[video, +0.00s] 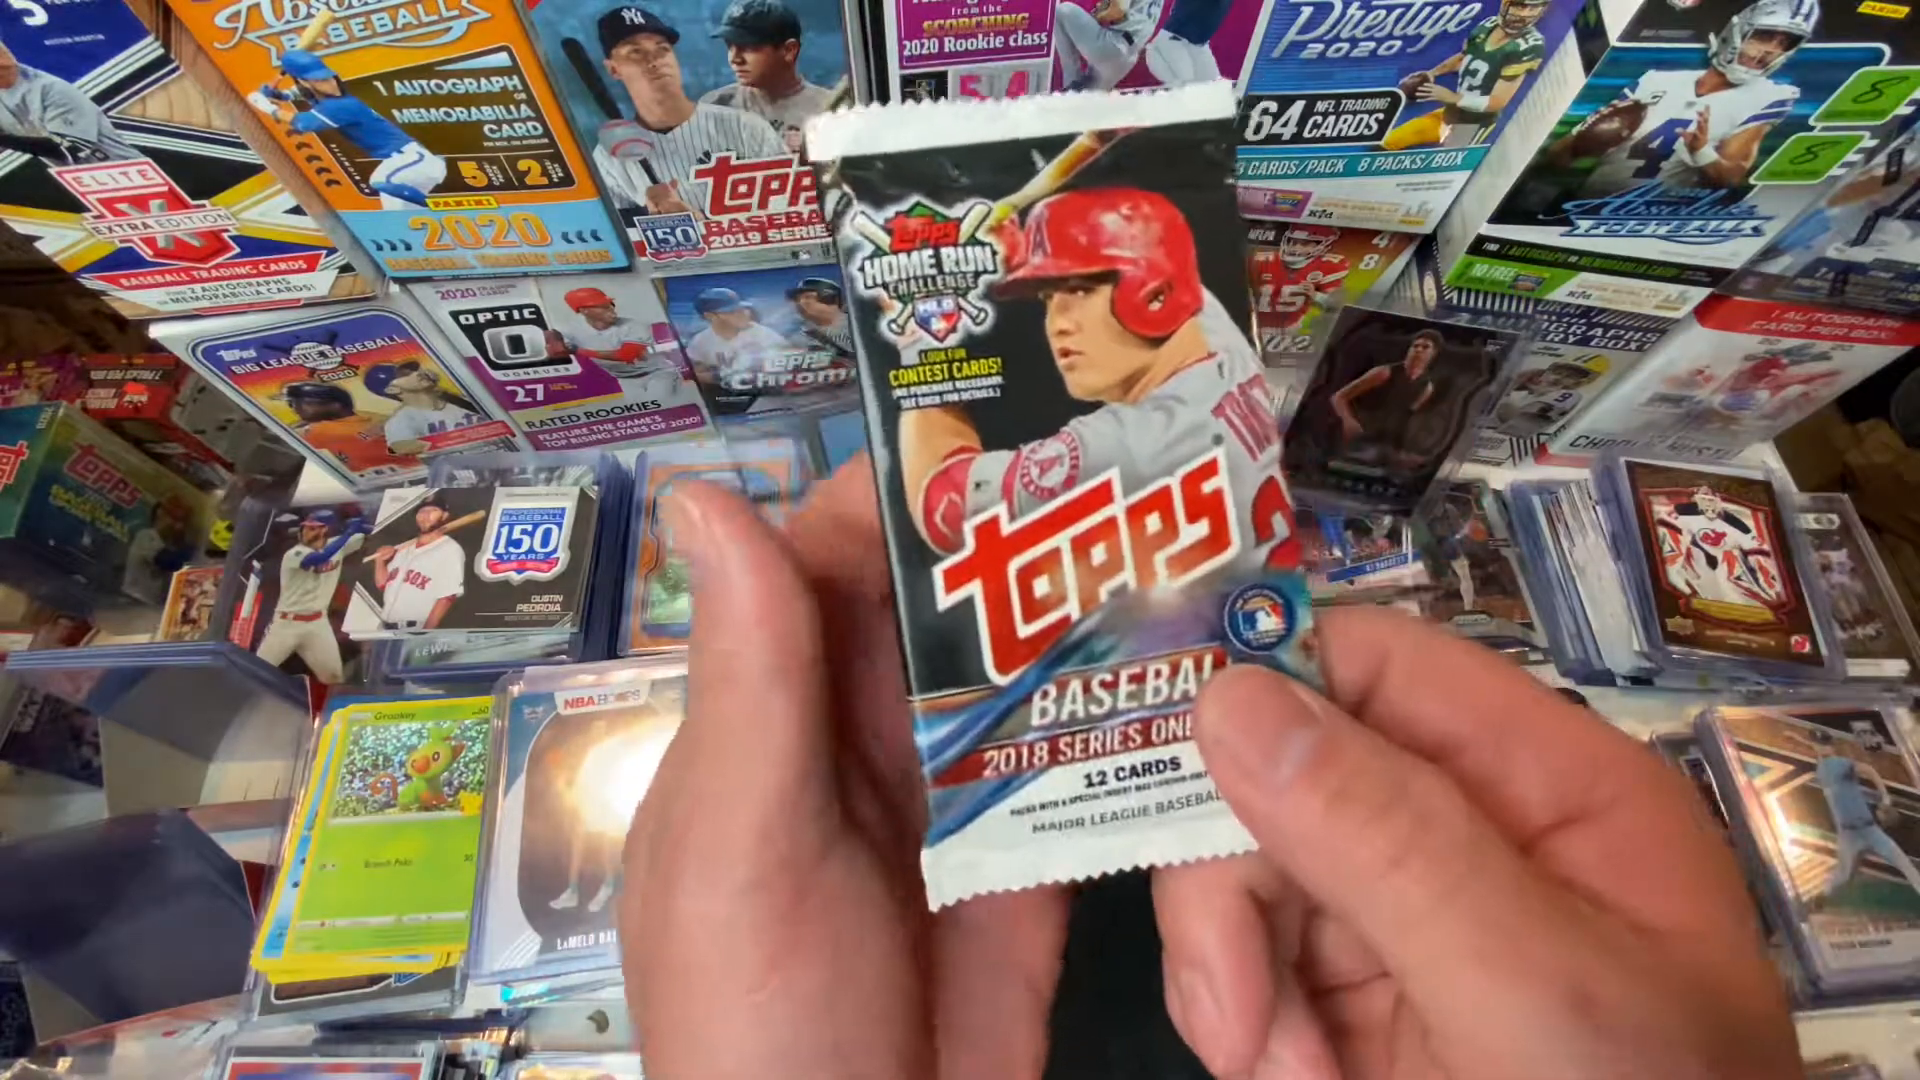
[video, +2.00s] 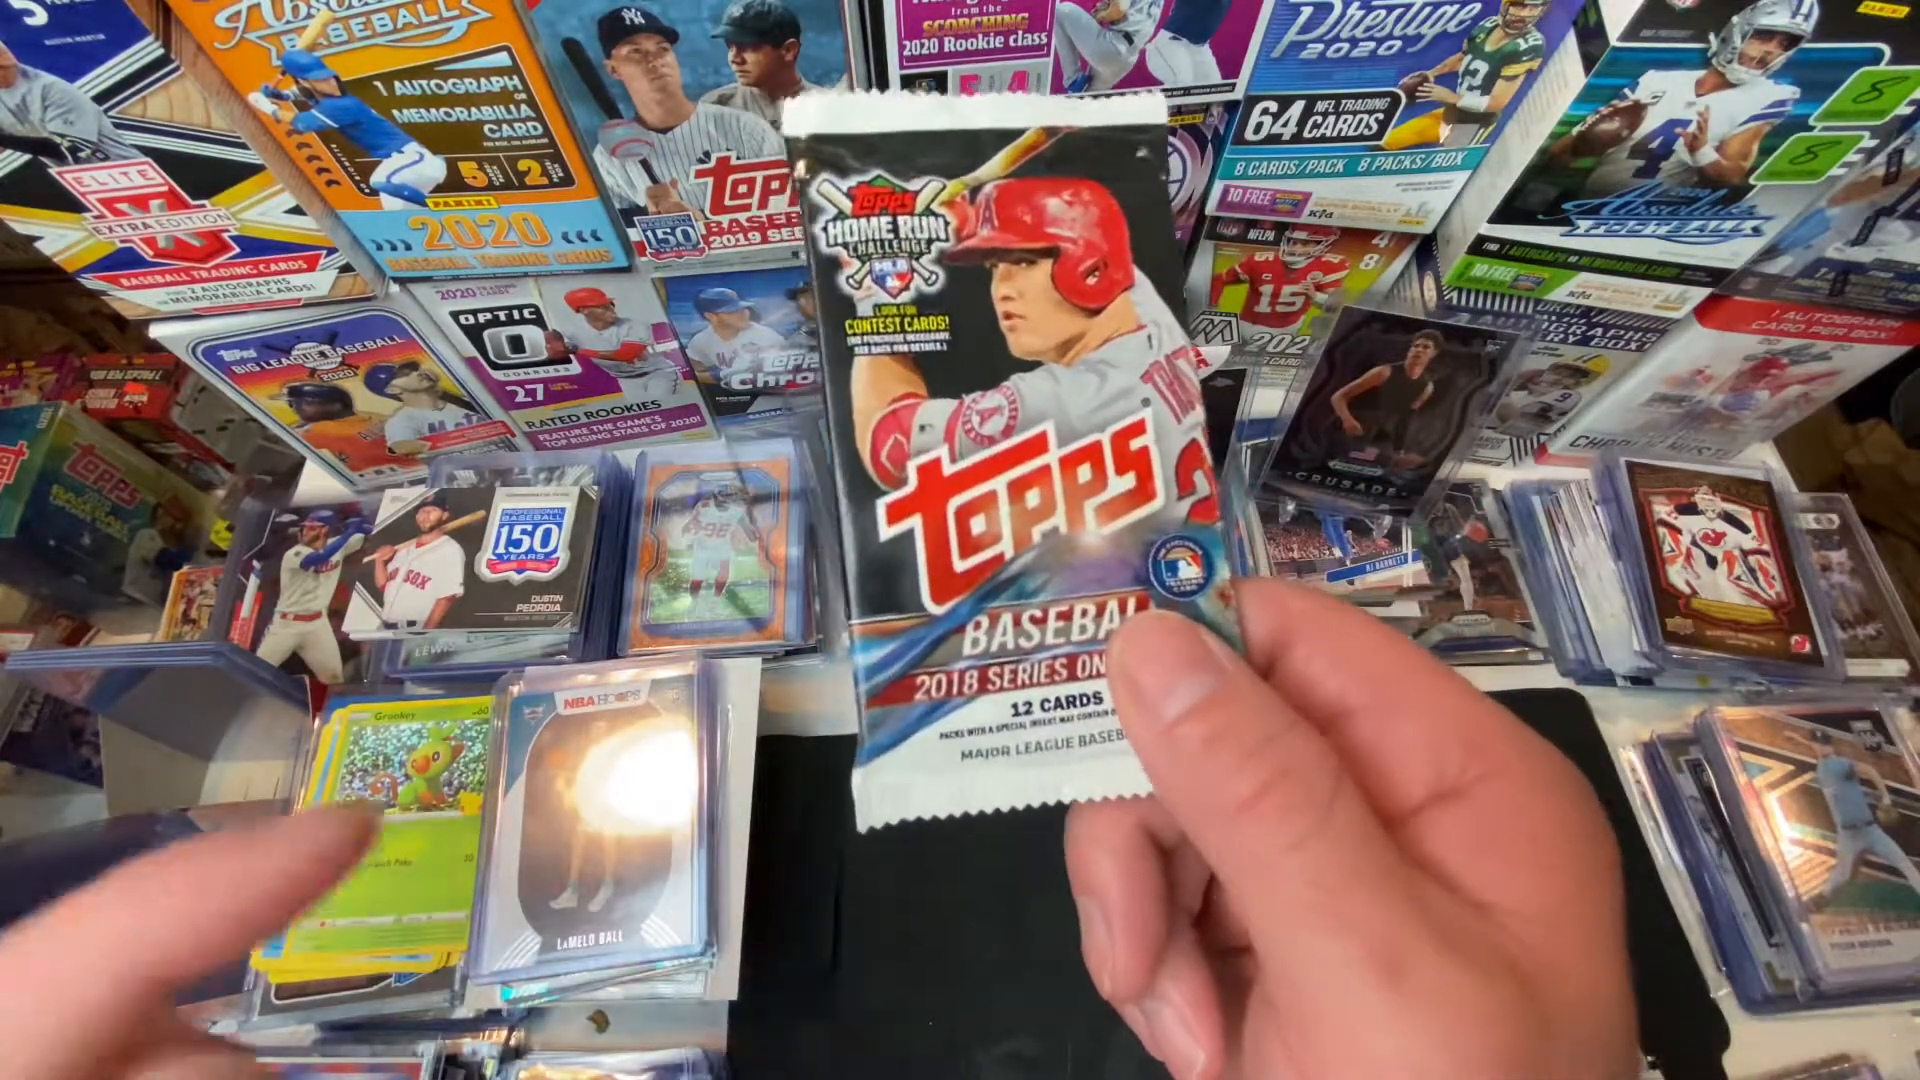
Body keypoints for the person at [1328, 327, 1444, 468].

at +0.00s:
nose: (1419, 350)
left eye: (1425, 347)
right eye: (1416, 346)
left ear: (1433, 355)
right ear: (1410, 349)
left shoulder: (1426, 389)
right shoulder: (1384, 373)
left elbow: (1404, 415)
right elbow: (1339, 398)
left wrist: (1402, 454)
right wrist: (1349, 423)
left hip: (1390, 449)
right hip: (1362, 443)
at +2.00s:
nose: (1419, 350)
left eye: (1426, 347)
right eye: (1416, 346)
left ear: (1434, 355)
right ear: (1410, 349)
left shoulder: (1426, 389)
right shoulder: (1384, 373)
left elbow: (1405, 417)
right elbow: (1338, 397)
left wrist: (1400, 452)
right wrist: (1347, 420)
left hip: (1385, 440)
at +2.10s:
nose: (1419, 350)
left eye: (1426, 347)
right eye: (1416, 346)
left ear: (1433, 354)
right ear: (1410, 349)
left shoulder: (1426, 389)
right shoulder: (1384, 373)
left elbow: (1405, 417)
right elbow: (1338, 397)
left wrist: (1400, 452)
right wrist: (1348, 420)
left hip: (1385, 441)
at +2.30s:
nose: (1419, 350)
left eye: (1426, 347)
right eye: (1416, 346)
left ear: (1434, 354)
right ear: (1409, 349)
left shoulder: (1426, 389)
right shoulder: (1384, 373)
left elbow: (1405, 417)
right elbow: (1338, 397)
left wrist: (1400, 451)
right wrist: (1348, 420)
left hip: (1382, 440)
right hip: (1354, 433)